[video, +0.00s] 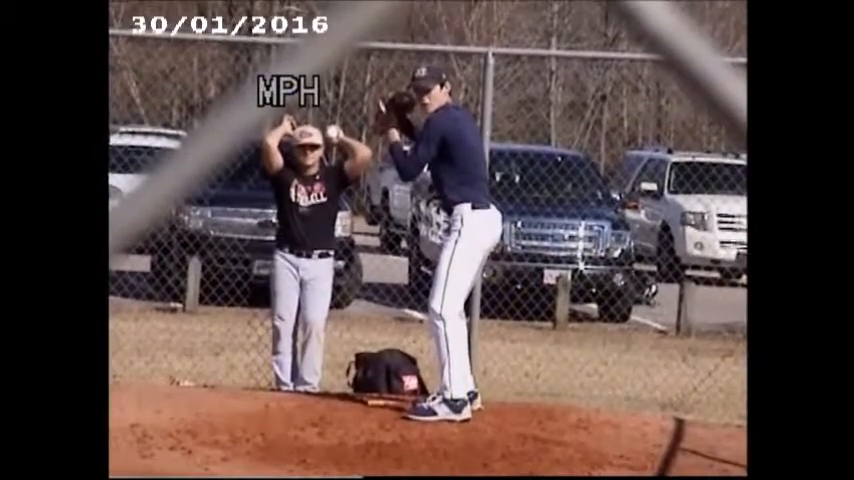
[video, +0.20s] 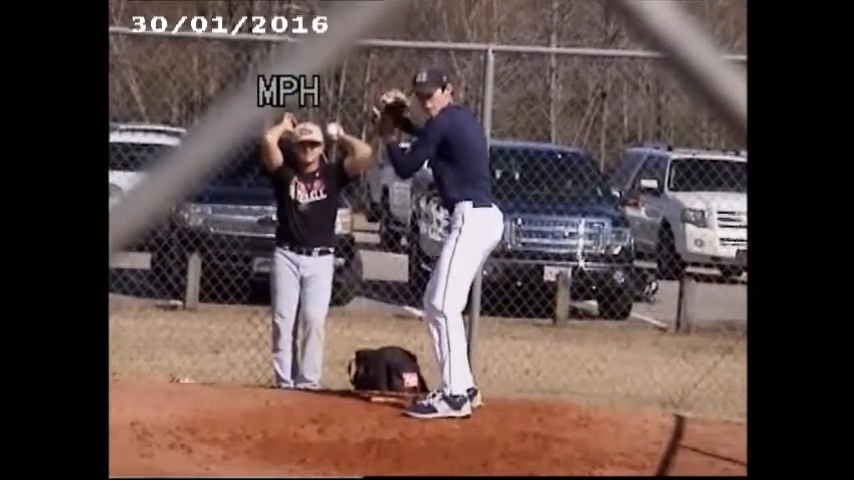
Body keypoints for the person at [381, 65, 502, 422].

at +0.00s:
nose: (420, 97)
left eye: (426, 91)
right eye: (418, 92)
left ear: (446, 89)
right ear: (440, 93)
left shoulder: (439, 121)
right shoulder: (458, 117)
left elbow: (409, 169)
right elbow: (419, 160)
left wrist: (392, 134)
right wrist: (402, 129)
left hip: (470, 218)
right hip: (481, 215)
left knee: (443, 308)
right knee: (448, 307)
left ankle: (455, 396)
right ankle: (462, 389)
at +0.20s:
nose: (423, 104)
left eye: (428, 96)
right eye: (420, 97)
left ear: (448, 91)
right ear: (441, 95)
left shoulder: (442, 123)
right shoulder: (461, 118)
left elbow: (405, 167)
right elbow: (427, 147)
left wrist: (389, 137)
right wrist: (406, 121)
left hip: (472, 216)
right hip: (480, 214)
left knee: (444, 305)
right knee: (435, 303)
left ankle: (455, 393)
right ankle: (460, 386)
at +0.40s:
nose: (428, 107)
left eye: (429, 101)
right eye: (425, 102)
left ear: (446, 91)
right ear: (450, 91)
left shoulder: (441, 124)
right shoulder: (474, 112)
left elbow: (399, 159)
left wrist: (397, 120)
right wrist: (417, 96)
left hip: (474, 214)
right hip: (497, 216)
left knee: (412, 274)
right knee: (449, 293)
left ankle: (444, 355)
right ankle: (461, 383)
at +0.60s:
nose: (419, 103)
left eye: (423, 96)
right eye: (417, 98)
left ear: (442, 91)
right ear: (445, 93)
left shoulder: (436, 121)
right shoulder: (472, 116)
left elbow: (393, 160)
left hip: (475, 211)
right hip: (503, 214)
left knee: (396, 234)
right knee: (461, 302)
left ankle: (422, 314)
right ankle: (462, 385)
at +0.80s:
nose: (426, 120)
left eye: (432, 114)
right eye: (425, 114)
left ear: (451, 113)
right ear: (454, 116)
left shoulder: (444, 139)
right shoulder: (475, 141)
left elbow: (391, 162)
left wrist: (356, 182)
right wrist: (443, 190)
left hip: (479, 230)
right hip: (505, 238)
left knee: (397, 264)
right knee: (443, 301)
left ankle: (364, 349)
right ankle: (458, 387)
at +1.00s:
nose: (424, 134)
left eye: (431, 129)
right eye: (424, 129)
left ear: (450, 130)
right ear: (450, 132)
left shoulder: (438, 156)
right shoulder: (474, 160)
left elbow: (396, 147)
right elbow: (496, 172)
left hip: (471, 255)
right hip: (490, 260)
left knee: (402, 298)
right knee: (430, 323)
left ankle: (365, 369)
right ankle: (457, 390)